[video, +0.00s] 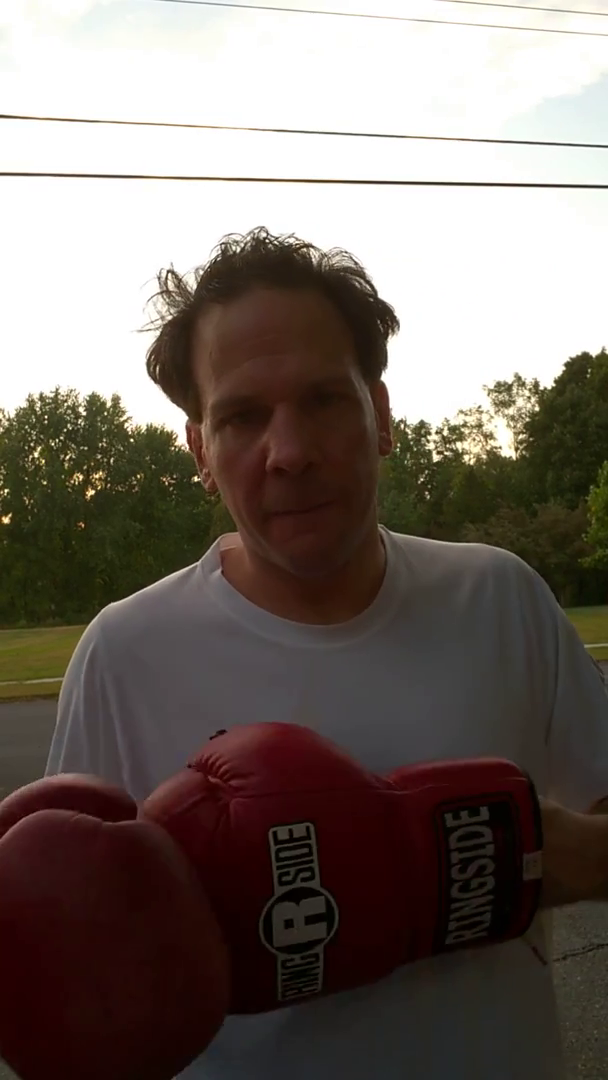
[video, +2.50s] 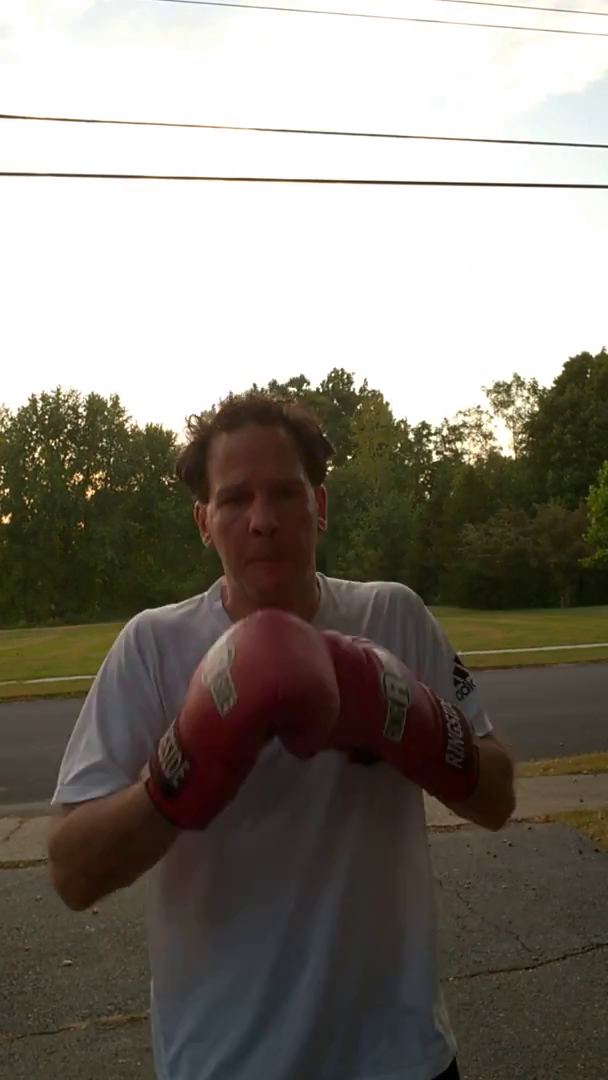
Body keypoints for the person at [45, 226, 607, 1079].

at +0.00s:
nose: (288, 452)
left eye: (323, 401)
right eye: (243, 416)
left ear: (382, 420)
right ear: (202, 454)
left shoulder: (503, 603)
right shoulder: (124, 655)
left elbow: (603, 829)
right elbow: (67, 925)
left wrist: (550, 846)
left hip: (503, 1065)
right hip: (225, 1068)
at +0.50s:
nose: (178, 453)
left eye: (221, 400)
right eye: (163, 417)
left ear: (339, 419)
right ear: (157, 439)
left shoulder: (492, 602)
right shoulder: (112, 642)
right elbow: (88, 1038)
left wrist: (520, 819)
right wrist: (164, 882)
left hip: (480, 1061)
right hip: (223, 1070)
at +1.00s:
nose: (133, 468)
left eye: (173, 422)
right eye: (142, 429)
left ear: (298, 442)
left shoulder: (486, 599)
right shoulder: (117, 644)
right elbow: (98, 1019)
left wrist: (477, 796)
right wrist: (208, 805)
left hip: (473, 1060)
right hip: (223, 1067)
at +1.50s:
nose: (319, 435)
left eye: (349, 404)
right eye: (291, 411)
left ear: (403, 424)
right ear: (267, 437)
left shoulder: (484, 554)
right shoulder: (218, 590)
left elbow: (600, 751)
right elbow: (160, 872)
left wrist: (578, 697)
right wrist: (337, 723)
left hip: (500, 1030)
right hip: (307, 1049)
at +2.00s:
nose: (363, 520)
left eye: (382, 493)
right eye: (335, 500)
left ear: (414, 502)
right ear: (300, 522)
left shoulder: (489, 604)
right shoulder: (258, 647)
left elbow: (602, 736)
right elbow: (225, 874)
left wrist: (525, 669)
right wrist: (340, 719)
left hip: (514, 1018)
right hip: (355, 1042)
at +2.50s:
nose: (263, 520)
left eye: (284, 494)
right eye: (238, 498)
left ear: (320, 508)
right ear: (205, 522)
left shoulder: (393, 617)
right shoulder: (152, 646)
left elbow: (495, 801)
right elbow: (76, 876)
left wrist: (394, 719)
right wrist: (196, 761)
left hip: (390, 1042)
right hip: (218, 1053)